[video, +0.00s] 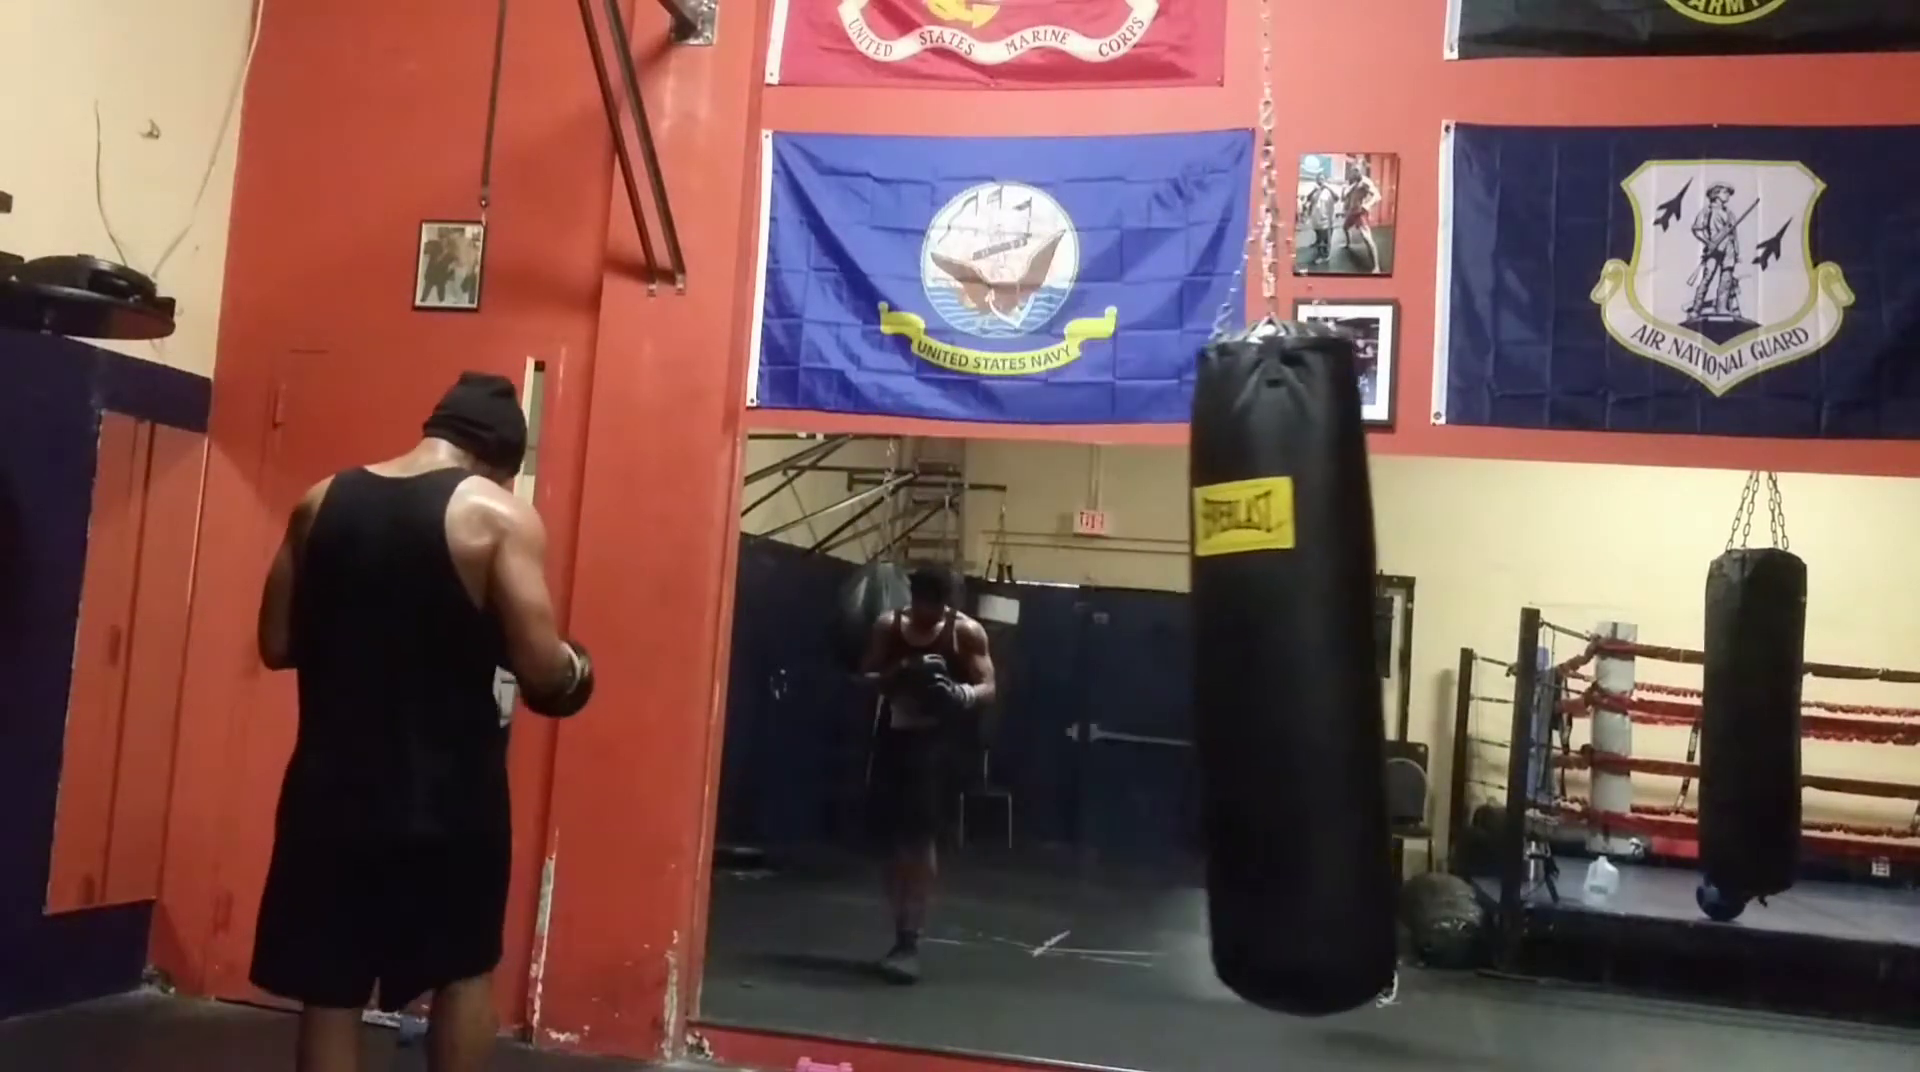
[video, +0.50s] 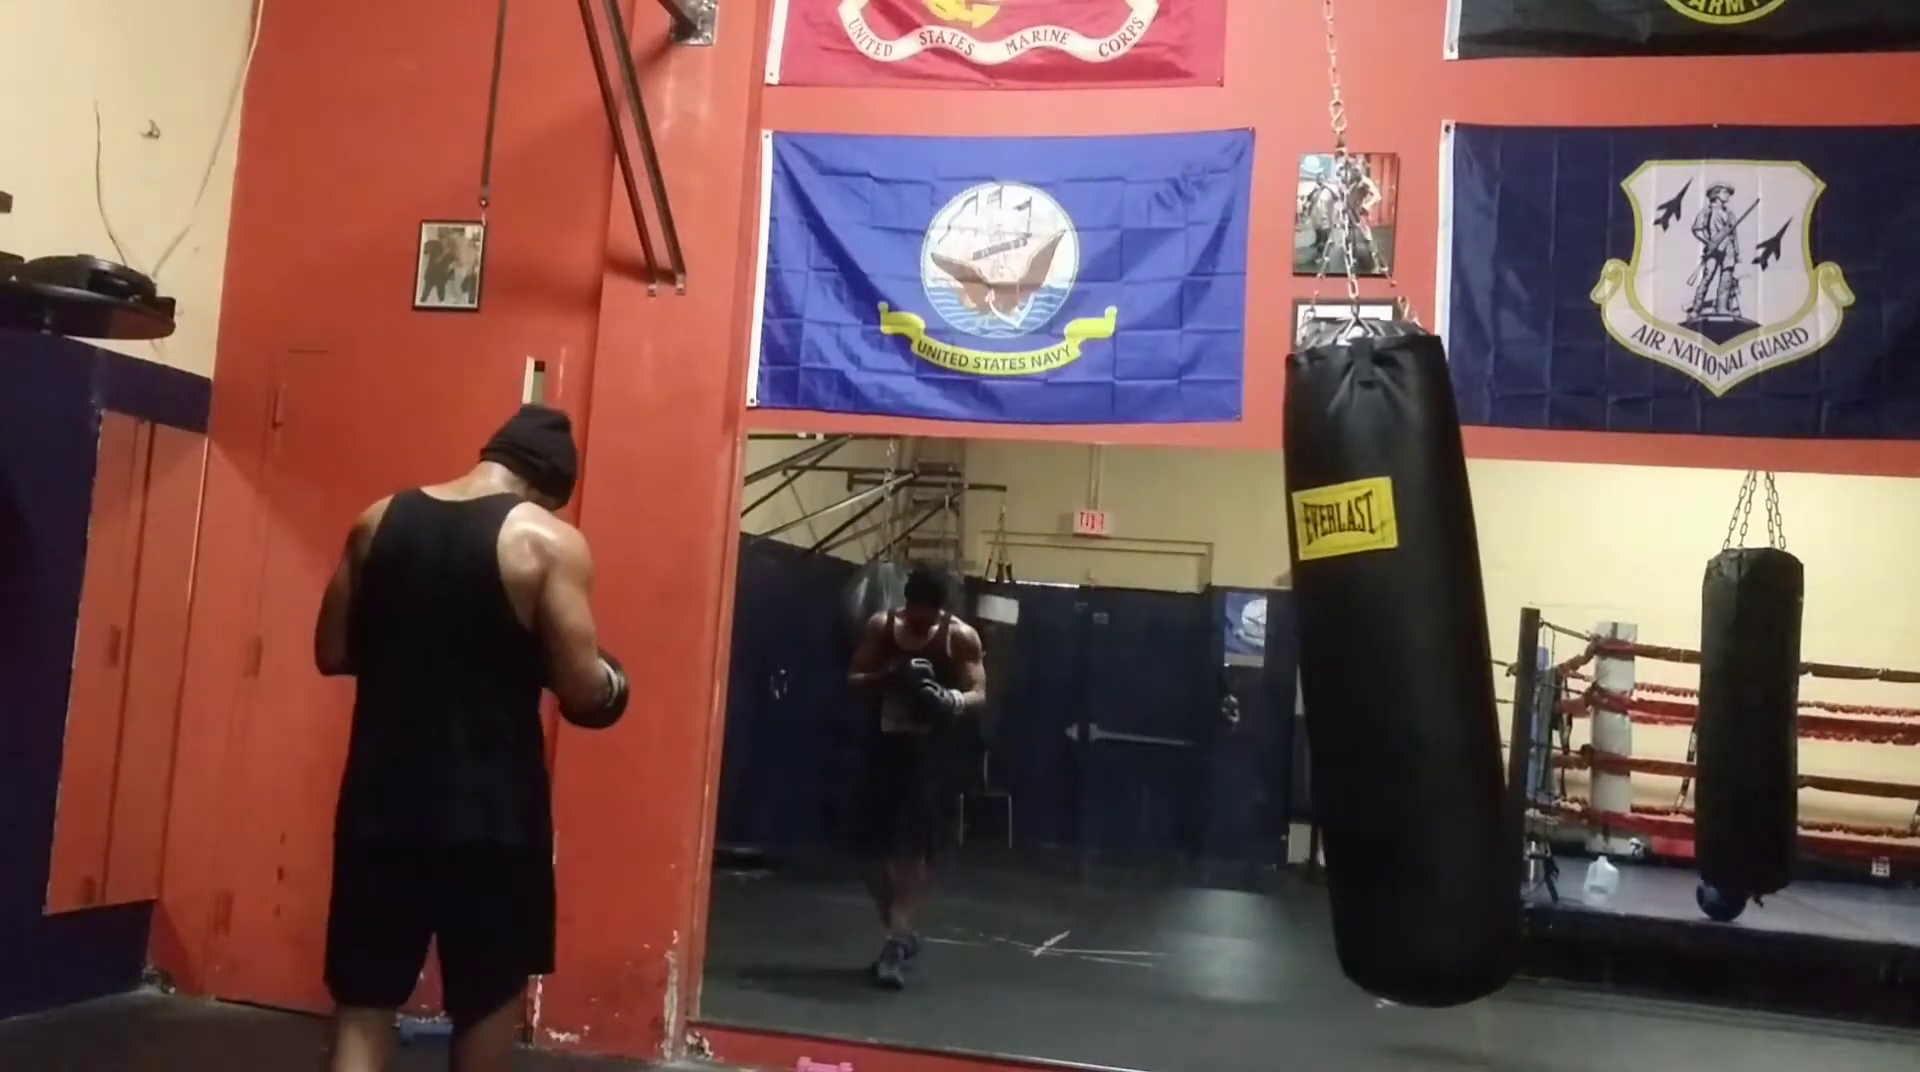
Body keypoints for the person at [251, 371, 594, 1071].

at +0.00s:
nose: (508, 483)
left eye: (509, 470)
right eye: (511, 470)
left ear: (433, 432)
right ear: (503, 457)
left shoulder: (324, 499)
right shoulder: (502, 514)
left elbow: (276, 643)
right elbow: (539, 668)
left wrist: (366, 618)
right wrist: (573, 671)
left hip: (332, 785)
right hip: (450, 794)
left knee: (330, 997)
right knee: (464, 977)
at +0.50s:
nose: (559, 503)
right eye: (561, 492)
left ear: (490, 455)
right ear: (557, 482)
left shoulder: (381, 518)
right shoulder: (550, 541)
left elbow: (333, 653)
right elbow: (582, 694)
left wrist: (417, 635)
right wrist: (612, 686)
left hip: (381, 806)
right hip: (492, 816)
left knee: (362, 1014)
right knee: (489, 1019)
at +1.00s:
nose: (595, 529)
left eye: (597, 517)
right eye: (600, 518)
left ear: (538, 471)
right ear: (600, 506)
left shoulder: (431, 531)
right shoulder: (586, 553)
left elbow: (382, 661)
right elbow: (611, 698)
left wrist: (463, 635)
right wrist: (649, 695)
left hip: (424, 802)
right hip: (525, 815)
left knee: (400, 992)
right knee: (506, 1011)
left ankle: (381, 1061)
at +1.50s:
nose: (624, 526)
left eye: (629, 514)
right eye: (629, 513)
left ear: (567, 471)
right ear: (620, 492)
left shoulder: (467, 526)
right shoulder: (602, 542)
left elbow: (421, 654)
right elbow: (620, 678)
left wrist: (507, 635)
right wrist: (660, 684)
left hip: (464, 793)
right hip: (546, 802)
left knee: (481, 976)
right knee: (522, 987)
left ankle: (485, 1064)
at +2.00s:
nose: (655, 533)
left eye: (661, 521)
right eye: (660, 519)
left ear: (601, 478)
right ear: (648, 498)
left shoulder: (504, 526)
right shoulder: (626, 547)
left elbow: (447, 647)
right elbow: (637, 676)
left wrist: (535, 639)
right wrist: (677, 692)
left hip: (479, 777)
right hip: (558, 791)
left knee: (500, 966)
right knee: (521, 975)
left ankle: (511, 1060)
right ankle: (493, 1066)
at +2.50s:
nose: (688, 539)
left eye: (695, 527)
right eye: (692, 525)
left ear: (634, 489)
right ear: (674, 507)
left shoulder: (551, 538)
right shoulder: (640, 550)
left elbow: (566, 644)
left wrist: (660, 636)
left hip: (518, 767)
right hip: (599, 774)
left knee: (527, 943)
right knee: (655, 932)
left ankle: (513, 1065)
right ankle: (646, 1064)